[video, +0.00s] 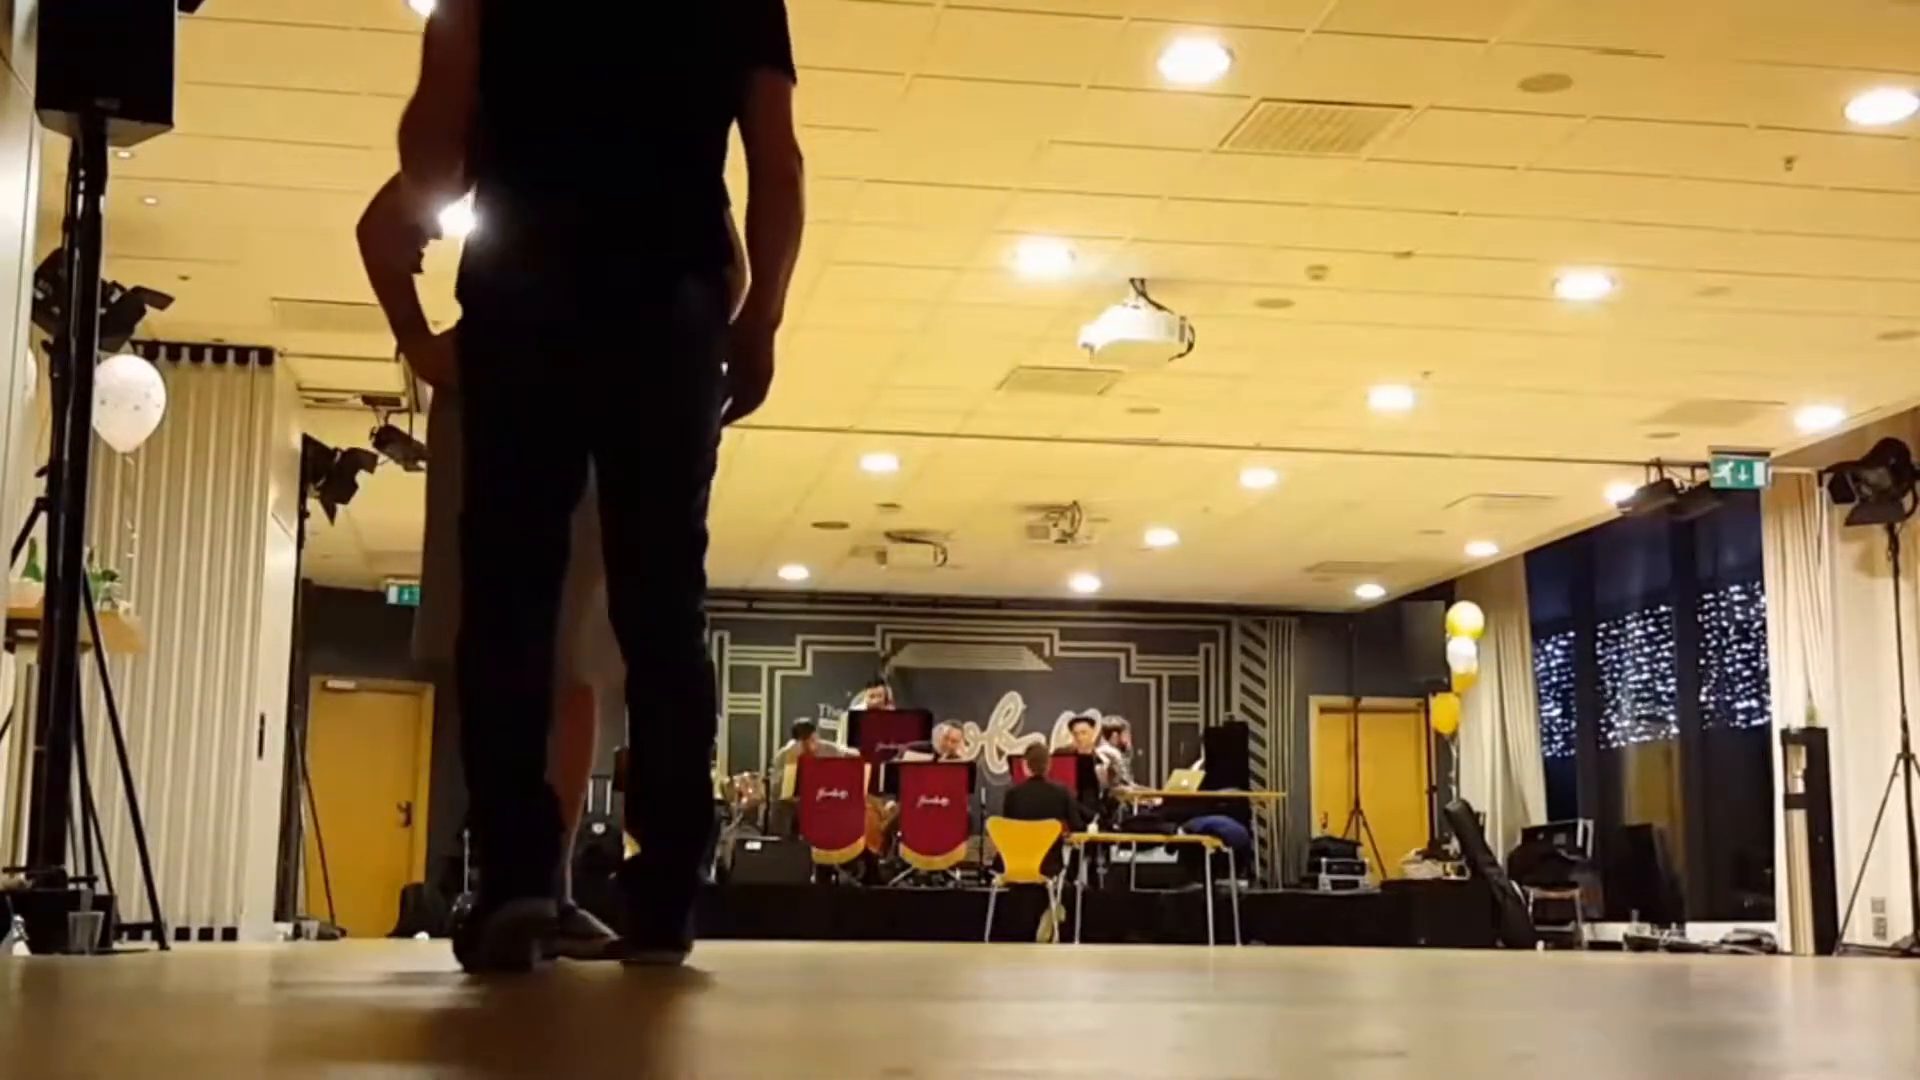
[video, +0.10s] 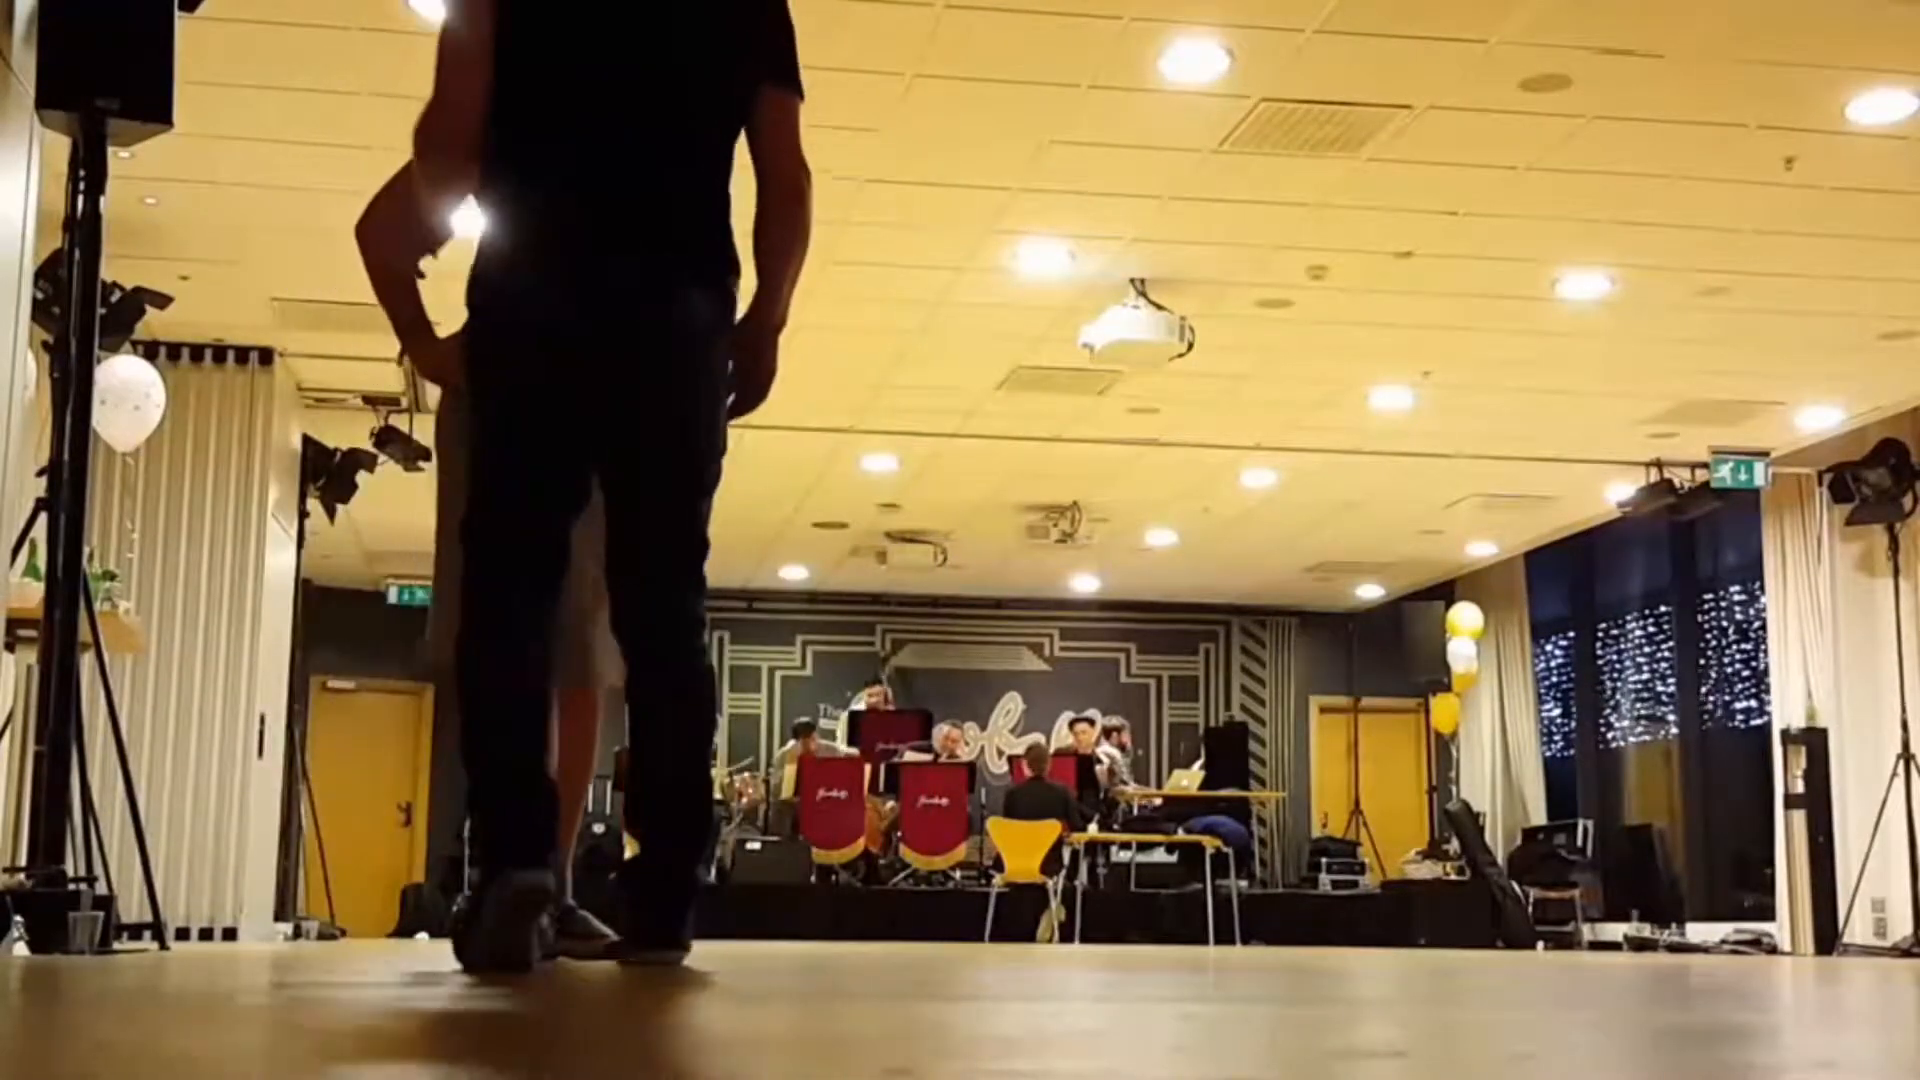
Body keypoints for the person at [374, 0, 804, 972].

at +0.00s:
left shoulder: (473, 11)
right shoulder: (742, 13)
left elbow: (431, 151)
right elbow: (778, 162)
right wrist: (763, 321)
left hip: (522, 314)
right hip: (670, 315)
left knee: (506, 609)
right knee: (664, 611)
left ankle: (517, 890)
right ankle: (665, 898)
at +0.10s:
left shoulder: (491, 13)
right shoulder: (749, 12)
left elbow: (448, 153)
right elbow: (784, 177)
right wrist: (767, 322)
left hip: (529, 334)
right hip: (674, 343)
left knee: (503, 614)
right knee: (666, 617)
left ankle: (515, 875)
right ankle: (663, 898)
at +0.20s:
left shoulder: (502, 14)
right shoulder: (753, 14)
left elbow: (456, 159)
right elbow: (787, 189)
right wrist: (770, 322)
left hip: (536, 326)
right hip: (680, 337)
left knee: (505, 599)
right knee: (669, 615)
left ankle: (514, 863)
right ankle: (664, 899)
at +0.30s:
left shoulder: (511, 8)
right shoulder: (752, 13)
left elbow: (454, 169)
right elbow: (789, 200)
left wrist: (480, 213)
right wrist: (767, 303)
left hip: (542, 324)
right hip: (684, 333)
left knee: (505, 593)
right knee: (670, 612)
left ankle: (512, 833)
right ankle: (663, 901)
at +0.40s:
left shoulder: (522, 16)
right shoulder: (754, 26)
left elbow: (458, 165)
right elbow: (792, 221)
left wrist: (477, 221)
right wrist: (756, 303)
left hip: (543, 331)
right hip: (682, 342)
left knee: (504, 590)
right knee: (672, 616)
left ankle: (514, 796)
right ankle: (662, 903)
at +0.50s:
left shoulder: (522, 16)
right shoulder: (749, 30)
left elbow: (470, 169)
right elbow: (792, 228)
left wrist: (461, 232)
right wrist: (740, 290)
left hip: (545, 333)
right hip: (685, 343)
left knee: (496, 598)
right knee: (672, 619)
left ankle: (521, 789)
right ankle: (663, 904)